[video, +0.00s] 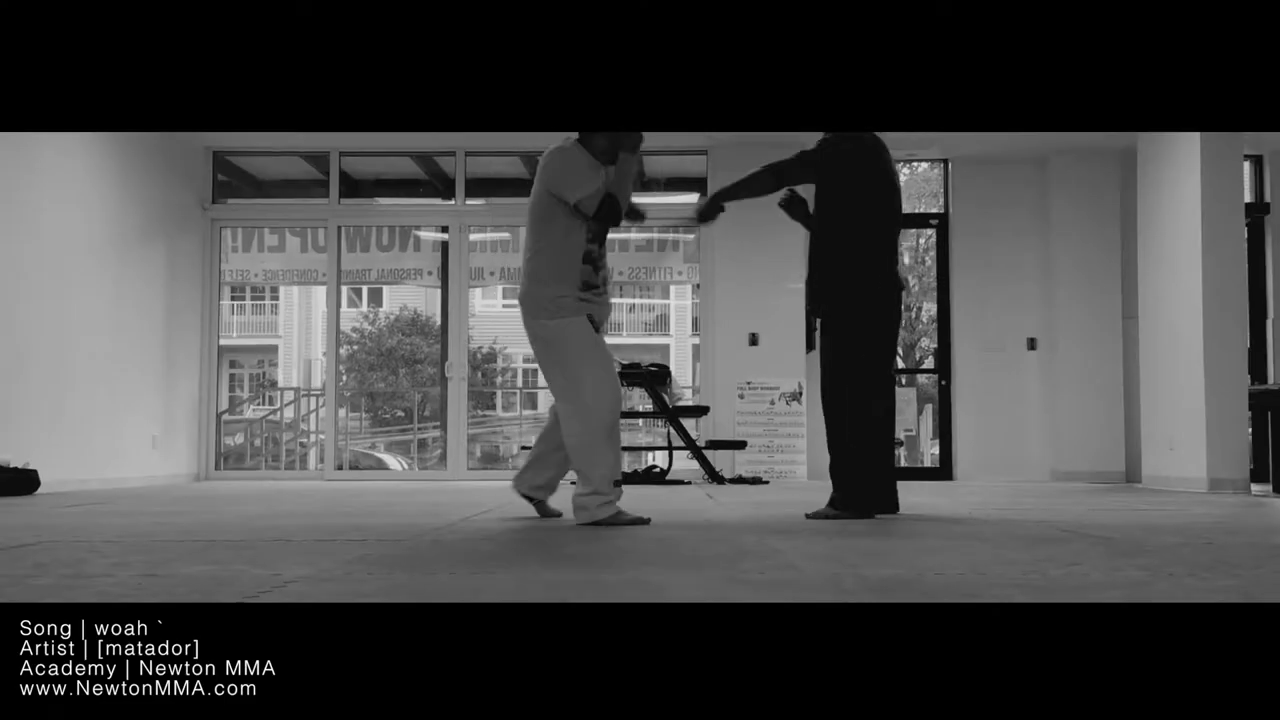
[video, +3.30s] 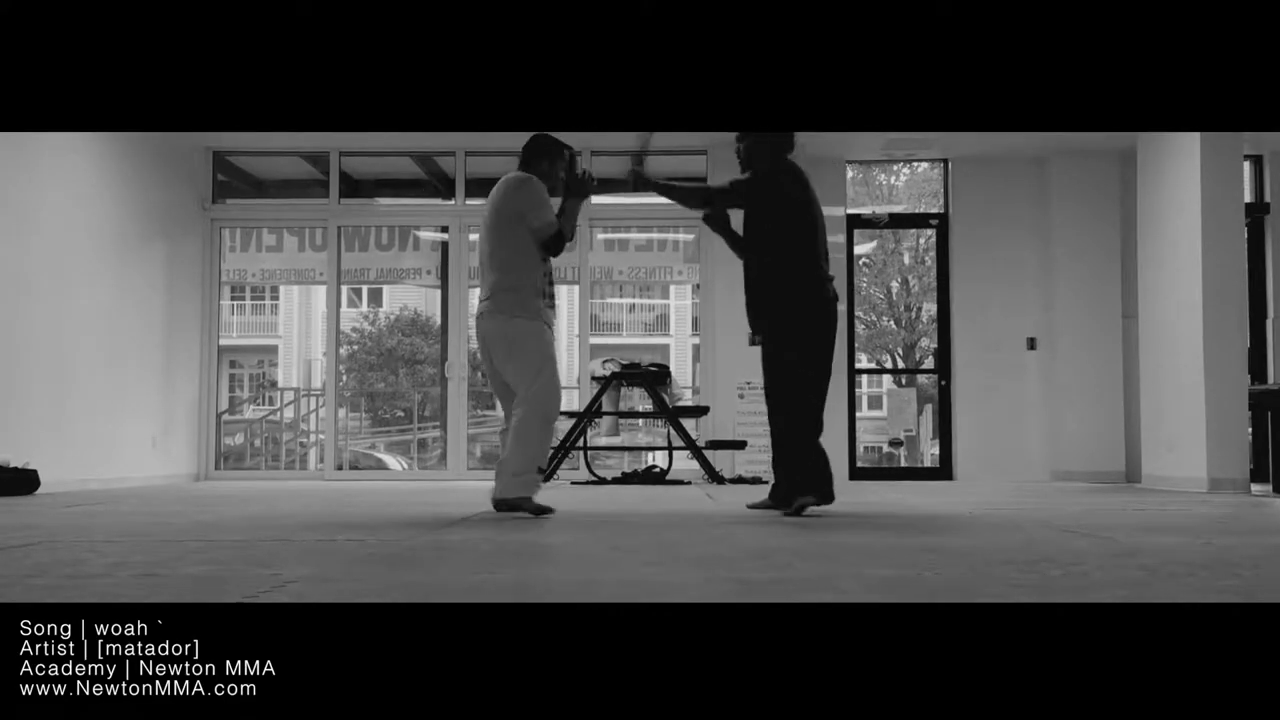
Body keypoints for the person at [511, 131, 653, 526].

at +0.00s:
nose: (624, 153)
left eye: (626, 147)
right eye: (622, 145)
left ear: (600, 136)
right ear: (602, 136)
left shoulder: (590, 167)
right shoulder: (563, 159)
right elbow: (610, 212)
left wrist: (627, 209)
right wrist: (628, 159)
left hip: (578, 306)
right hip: (554, 305)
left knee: (584, 396)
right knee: (597, 392)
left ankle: (534, 482)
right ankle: (596, 504)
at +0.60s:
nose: (602, 143)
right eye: (602, 138)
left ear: (556, 138)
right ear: (596, 136)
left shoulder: (528, 174)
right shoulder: (606, 159)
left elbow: (541, 219)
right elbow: (635, 215)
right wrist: (591, 211)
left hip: (549, 294)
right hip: (600, 292)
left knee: (557, 396)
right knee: (631, 389)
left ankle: (552, 499)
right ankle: (656, 484)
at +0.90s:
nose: (620, 153)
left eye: (619, 147)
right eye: (619, 146)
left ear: (581, 142)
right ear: (612, 144)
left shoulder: (544, 180)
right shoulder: (601, 169)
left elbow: (575, 225)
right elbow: (634, 226)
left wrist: (624, 189)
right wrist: (650, 188)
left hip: (536, 303)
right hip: (580, 301)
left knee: (566, 401)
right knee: (631, 391)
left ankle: (553, 501)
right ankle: (613, 484)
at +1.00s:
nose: (638, 193)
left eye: (638, 187)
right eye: (638, 185)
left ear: (606, 166)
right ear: (630, 177)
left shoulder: (572, 191)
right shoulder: (603, 188)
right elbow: (655, 236)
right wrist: (654, 182)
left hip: (531, 321)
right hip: (565, 320)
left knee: (575, 408)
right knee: (630, 397)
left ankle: (553, 499)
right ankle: (603, 499)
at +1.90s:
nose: (636, 144)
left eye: (636, 139)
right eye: (636, 138)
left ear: (598, 130)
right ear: (624, 134)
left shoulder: (577, 159)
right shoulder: (604, 152)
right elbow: (620, 221)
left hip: (561, 301)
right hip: (582, 302)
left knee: (578, 399)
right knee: (611, 401)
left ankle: (540, 489)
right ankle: (605, 506)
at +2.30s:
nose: (607, 144)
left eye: (607, 139)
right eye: (606, 138)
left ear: (557, 135)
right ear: (594, 136)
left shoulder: (526, 169)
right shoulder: (587, 161)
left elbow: (546, 223)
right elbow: (593, 227)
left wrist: (594, 174)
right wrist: (613, 212)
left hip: (518, 300)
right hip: (559, 298)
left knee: (542, 396)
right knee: (589, 391)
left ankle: (537, 494)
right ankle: (556, 491)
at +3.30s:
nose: (565, 175)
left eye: (566, 169)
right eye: (562, 168)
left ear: (528, 161)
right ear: (547, 164)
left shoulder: (507, 188)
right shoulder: (526, 187)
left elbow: (557, 241)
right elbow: (554, 243)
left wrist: (571, 203)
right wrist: (573, 202)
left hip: (493, 321)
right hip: (517, 320)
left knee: (520, 406)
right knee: (541, 398)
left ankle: (511, 490)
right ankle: (515, 492)